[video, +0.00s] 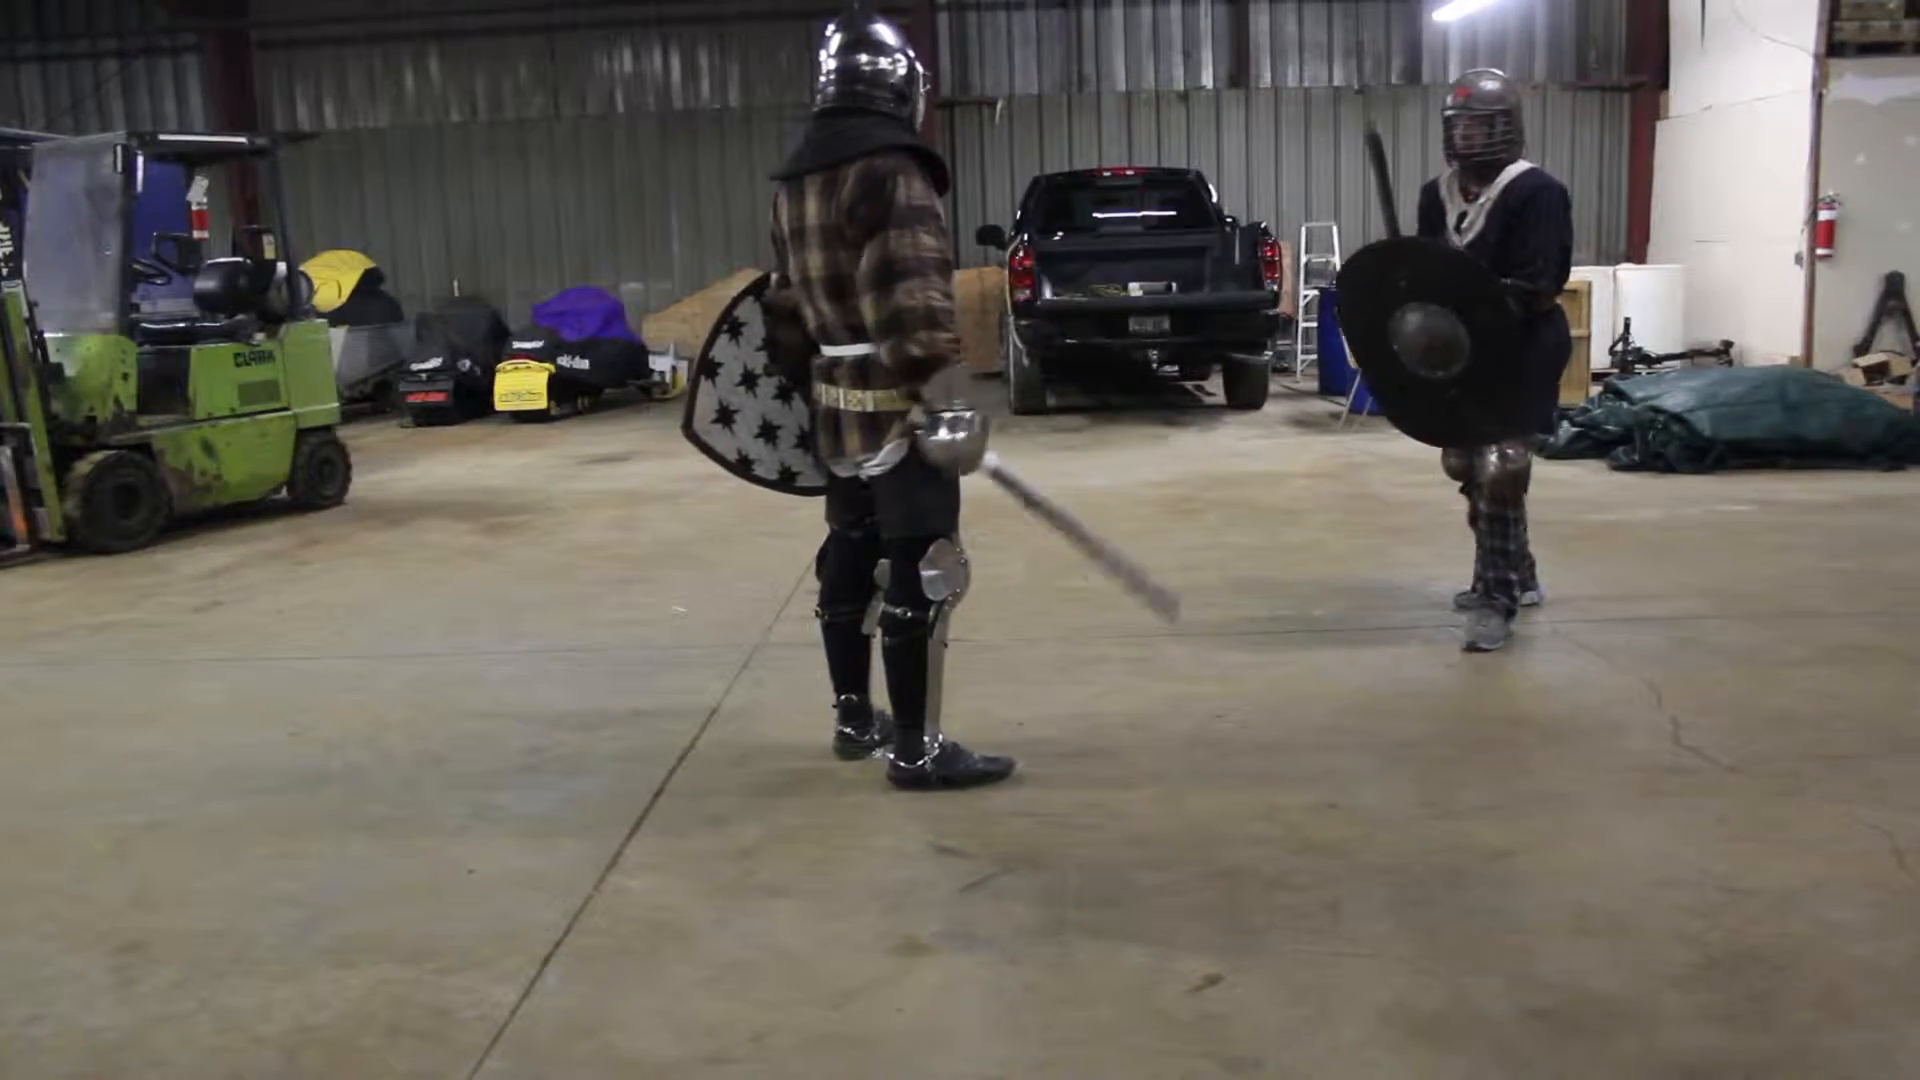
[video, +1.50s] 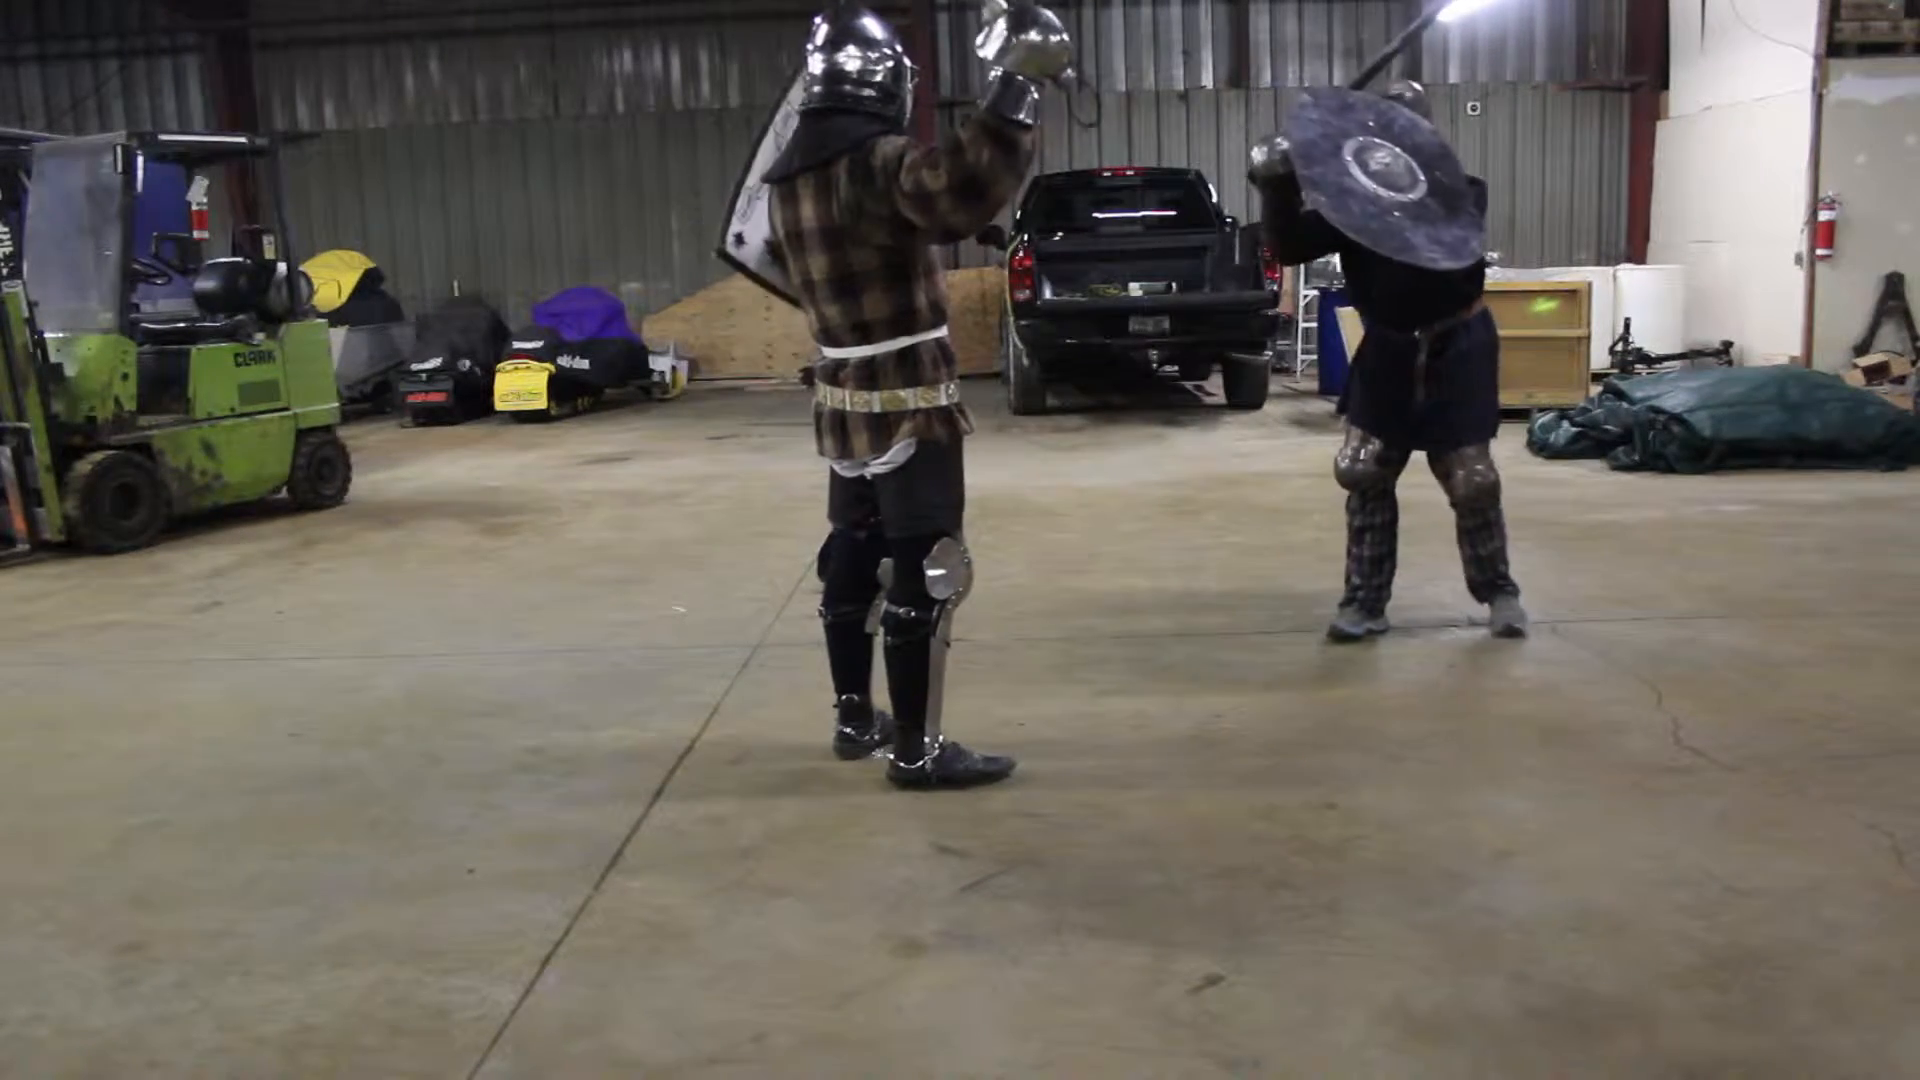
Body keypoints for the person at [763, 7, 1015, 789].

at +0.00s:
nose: (924, 107)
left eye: (920, 92)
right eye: (919, 93)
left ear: (833, 86)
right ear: (901, 90)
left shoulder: (795, 175)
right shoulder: (896, 170)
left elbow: (784, 303)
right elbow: (918, 301)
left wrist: (819, 381)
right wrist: (945, 402)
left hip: (837, 410)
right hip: (898, 413)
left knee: (851, 550)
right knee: (920, 566)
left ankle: (854, 717)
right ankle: (918, 743)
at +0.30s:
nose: (927, 108)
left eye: (924, 93)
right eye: (923, 94)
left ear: (838, 83)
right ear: (905, 90)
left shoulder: (801, 166)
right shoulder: (891, 163)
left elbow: (786, 294)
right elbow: (888, 288)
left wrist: (814, 373)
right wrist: (925, 393)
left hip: (835, 404)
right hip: (894, 403)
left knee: (851, 549)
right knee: (920, 566)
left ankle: (854, 716)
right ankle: (918, 743)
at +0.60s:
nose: (922, 105)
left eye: (920, 90)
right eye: (917, 89)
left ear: (835, 79)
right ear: (895, 86)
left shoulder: (803, 165)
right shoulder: (878, 165)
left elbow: (794, 297)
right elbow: (887, 291)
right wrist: (979, 315)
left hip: (834, 396)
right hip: (895, 397)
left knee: (849, 549)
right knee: (917, 564)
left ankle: (855, 716)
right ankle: (919, 744)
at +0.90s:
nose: (913, 99)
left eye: (909, 85)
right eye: (907, 85)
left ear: (825, 82)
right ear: (888, 86)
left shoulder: (789, 178)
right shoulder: (872, 167)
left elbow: (759, 302)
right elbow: (923, 261)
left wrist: (817, 358)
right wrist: (1008, 211)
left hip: (837, 409)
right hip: (900, 407)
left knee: (850, 552)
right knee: (917, 567)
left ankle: (855, 715)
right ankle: (918, 745)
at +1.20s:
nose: (905, 94)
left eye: (902, 81)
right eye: (900, 80)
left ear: (818, 78)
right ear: (883, 79)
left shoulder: (785, 175)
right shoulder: (875, 160)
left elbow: (771, 283)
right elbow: (941, 229)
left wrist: (817, 345)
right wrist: (1010, 141)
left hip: (839, 405)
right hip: (908, 406)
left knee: (851, 554)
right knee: (920, 569)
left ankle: (855, 717)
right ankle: (918, 745)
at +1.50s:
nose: (902, 91)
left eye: (897, 78)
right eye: (897, 78)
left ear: (814, 82)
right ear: (885, 84)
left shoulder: (787, 176)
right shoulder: (880, 165)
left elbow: (764, 257)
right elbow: (960, 193)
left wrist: (825, 301)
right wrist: (1016, 87)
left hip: (842, 398)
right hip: (911, 399)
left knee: (852, 551)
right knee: (924, 565)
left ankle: (855, 716)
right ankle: (919, 745)